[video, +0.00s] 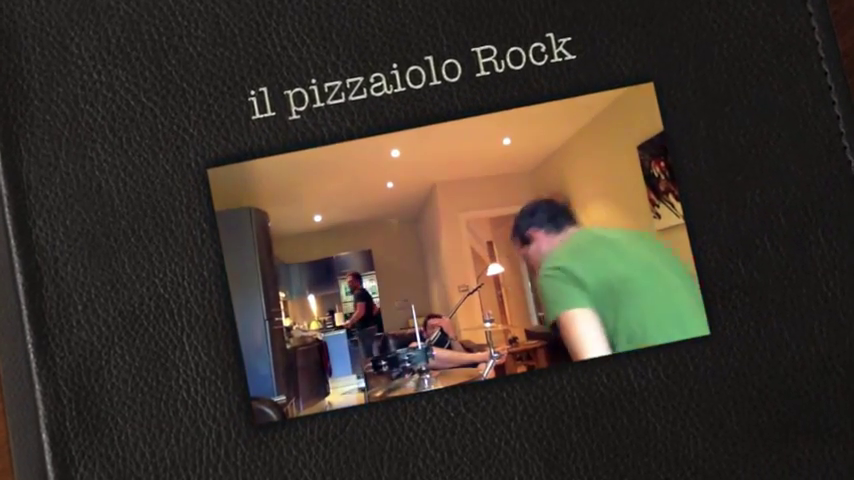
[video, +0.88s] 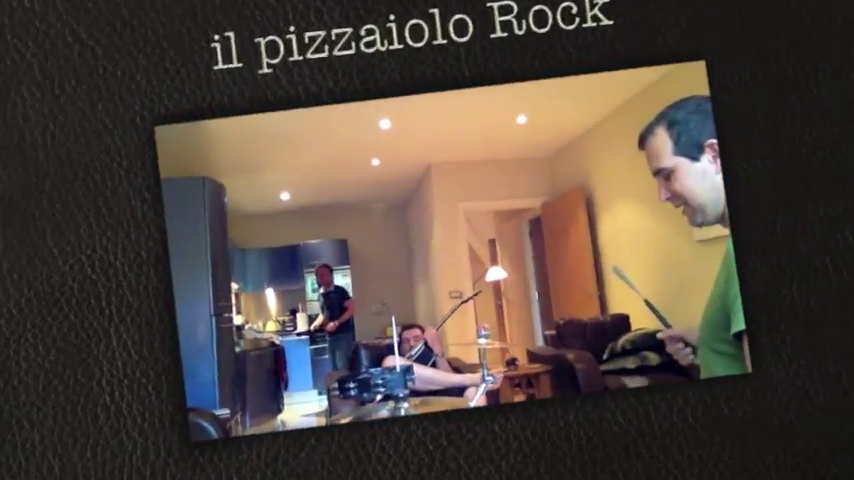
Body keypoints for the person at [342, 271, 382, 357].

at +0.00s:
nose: (348, 284)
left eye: (350, 281)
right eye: (348, 282)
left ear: (357, 282)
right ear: (357, 282)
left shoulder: (359, 294)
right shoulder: (364, 292)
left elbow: (360, 311)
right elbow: (375, 308)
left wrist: (350, 322)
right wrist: (368, 317)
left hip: (365, 328)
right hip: (370, 326)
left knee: (367, 357)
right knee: (369, 356)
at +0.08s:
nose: (349, 283)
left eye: (351, 281)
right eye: (348, 281)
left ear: (358, 281)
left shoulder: (361, 293)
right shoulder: (359, 293)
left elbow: (363, 311)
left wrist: (349, 323)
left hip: (366, 328)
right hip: (363, 327)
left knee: (367, 355)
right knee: (367, 355)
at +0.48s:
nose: (354, 283)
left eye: (356, 280)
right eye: (352, 280)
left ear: (362, 280)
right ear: (350, 282)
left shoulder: (368, 293)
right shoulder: (354, 296)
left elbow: (377, 308)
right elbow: (356, 312)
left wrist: (364, 319)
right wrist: (349, 319)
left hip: (372, 327)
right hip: (361, 329)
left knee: (373, 356)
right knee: (366, 357)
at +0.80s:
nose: (340, 282)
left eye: (342, 279)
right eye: (338, 280)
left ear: (348, 278)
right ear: (336, 282)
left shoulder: (357, 292)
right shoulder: (340, 297)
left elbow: (368, 307)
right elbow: (343, 314)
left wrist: (355, 320)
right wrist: (335, 324)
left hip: (362, 329)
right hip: (351, 331)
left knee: (362, 359)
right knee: (354, 360)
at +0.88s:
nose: (322, 278)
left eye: (325, 275)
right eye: (320, 275)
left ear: (331, 275)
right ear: (317, 278)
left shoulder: (339, 291)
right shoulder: (321, 295)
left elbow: (351, 308)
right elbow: (323, 314)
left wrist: (336, 323)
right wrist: (314, 326)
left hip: (344, 333)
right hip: (331, 334)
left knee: (343, 366)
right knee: (334, 366)